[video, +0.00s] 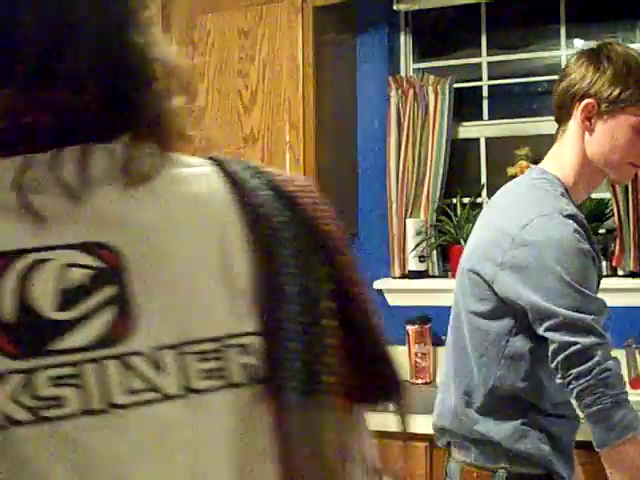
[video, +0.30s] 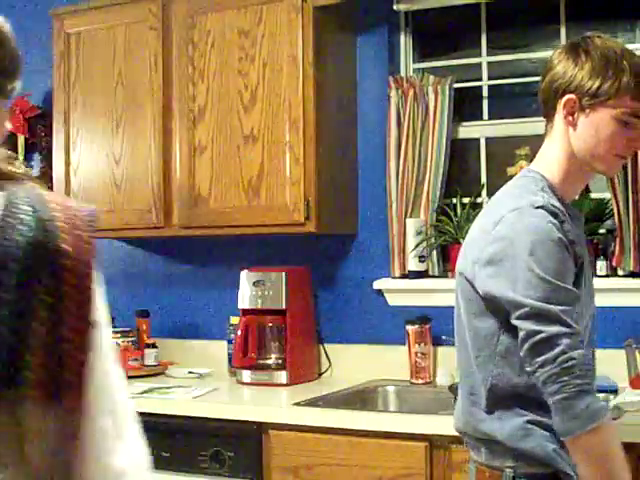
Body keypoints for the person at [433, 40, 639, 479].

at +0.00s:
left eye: (639, 127)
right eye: (636, 125)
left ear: (587, 117)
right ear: (587, 116)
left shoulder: (522, 200)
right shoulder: (547, 227)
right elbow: (595, 385)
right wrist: (626, 470)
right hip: (507, 468)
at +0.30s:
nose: (635, 143)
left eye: (637, 126)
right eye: (625, 121)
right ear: (571, 112)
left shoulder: (557, 219)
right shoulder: (529, 225)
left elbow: (573, 392)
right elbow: (573, 404)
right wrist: (617, 473)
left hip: (541, 462)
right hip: (518, 467)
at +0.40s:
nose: (633, 142)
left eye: (637, 125)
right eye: (621, 121)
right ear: (566, 112)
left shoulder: (565, 221)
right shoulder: (525, 226)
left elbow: (580, 391)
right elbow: (544, 410)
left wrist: (604, 469)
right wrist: (581, 477)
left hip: (560, 459)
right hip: (524, 467)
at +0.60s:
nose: (615, 136)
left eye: (625, 118)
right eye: (597, 116)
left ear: (633, 123)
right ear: (550, 115)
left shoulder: (592, 229)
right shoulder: (511, 226)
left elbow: (600, 365)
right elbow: (472, 392)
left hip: (581, 464)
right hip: (525, 466)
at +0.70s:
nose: (593, 133)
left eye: (610, 116)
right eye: (576, 113)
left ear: (626, 126)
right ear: (543, 116)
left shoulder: (610, 235)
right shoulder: (497, 225)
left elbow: (630, 384)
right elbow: (440, 384)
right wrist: (428, 477)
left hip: (578, 462)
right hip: (509, 463)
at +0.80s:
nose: (576, 127)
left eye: (595, 112)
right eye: (561, 109)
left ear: (622, 125)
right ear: (541, 118)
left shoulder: (623, 233)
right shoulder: (487, 224)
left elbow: (639, 359)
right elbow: (422, 365)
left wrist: (619, 262)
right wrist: (405, 475)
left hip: (575, 460)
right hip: (495, 456)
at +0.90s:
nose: (552, 123)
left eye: (573, 107)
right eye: (542, 106)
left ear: (613, 121)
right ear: (532, 112)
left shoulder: (626, 230)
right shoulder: (477, 223)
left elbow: (637, 345)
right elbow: (414, 361)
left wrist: (595, 232)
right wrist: (398, 475)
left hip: (577, 465)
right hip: (485, 460)